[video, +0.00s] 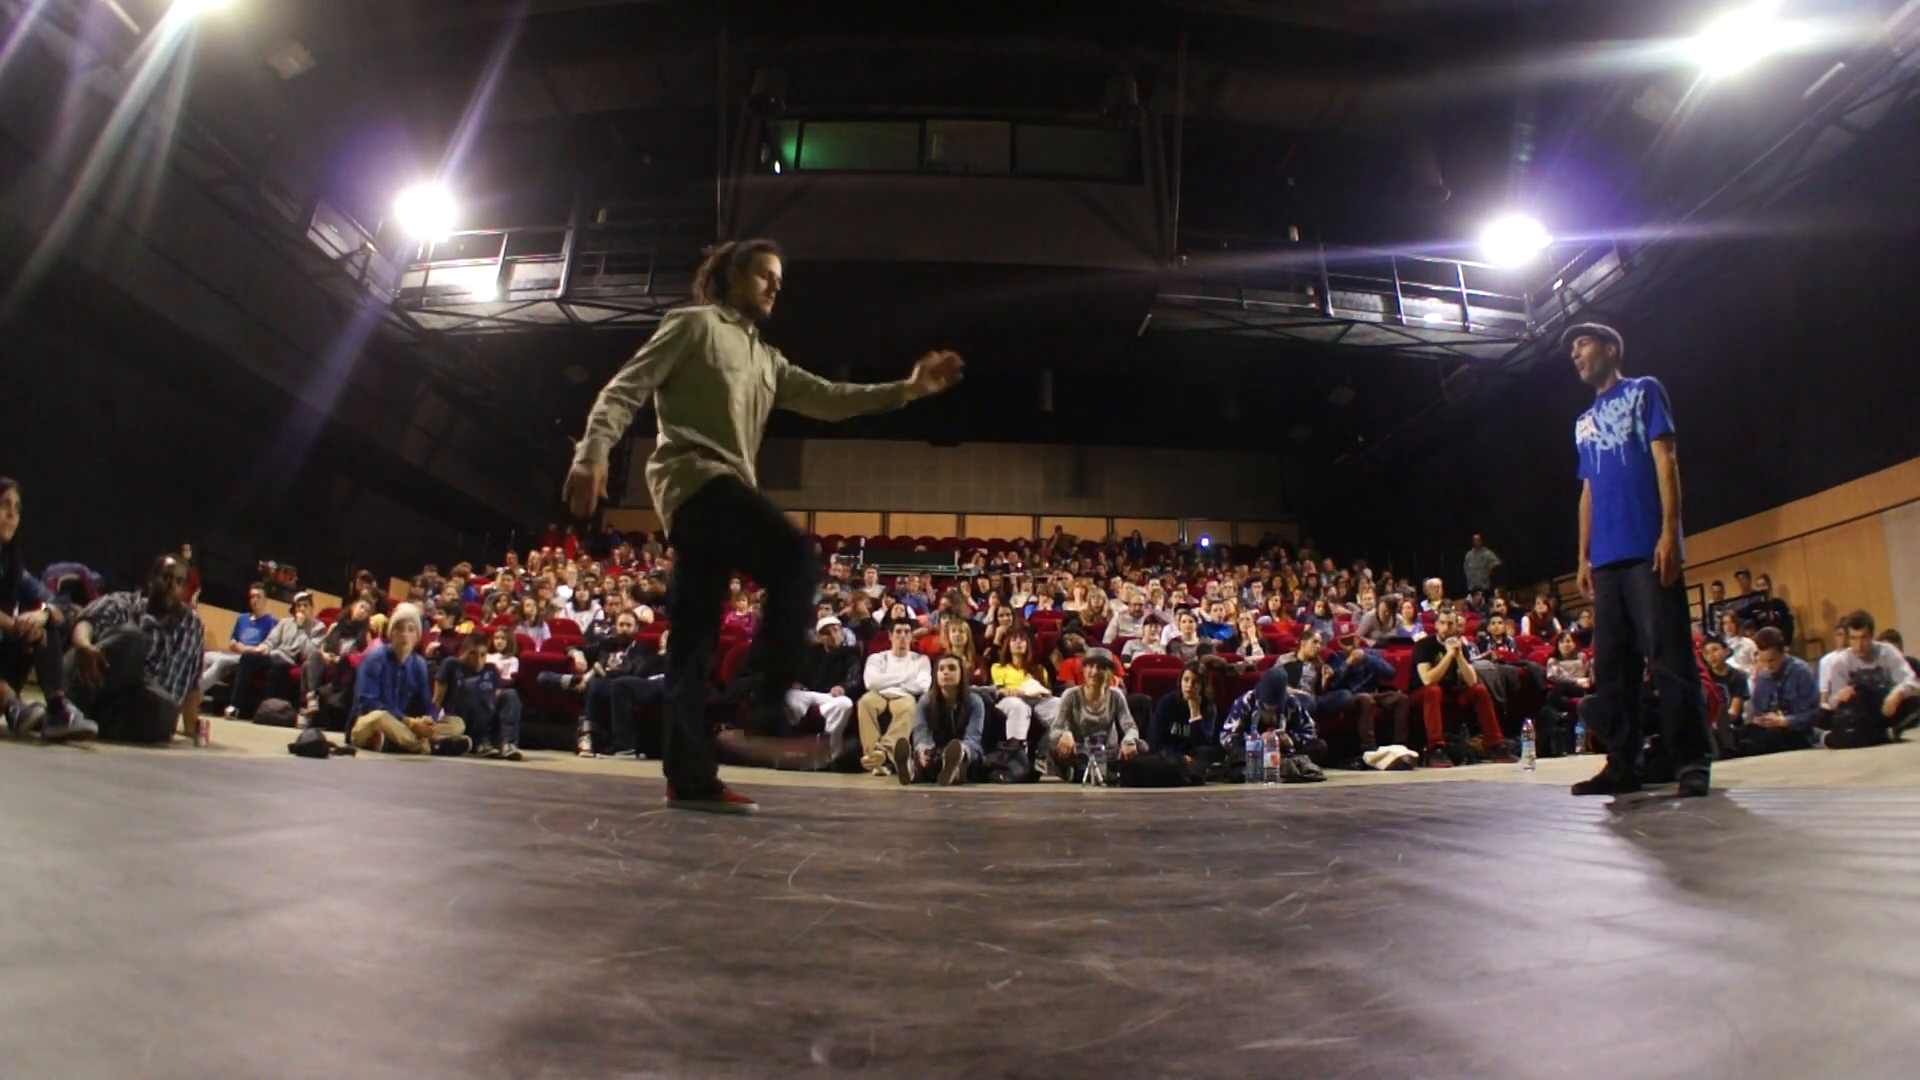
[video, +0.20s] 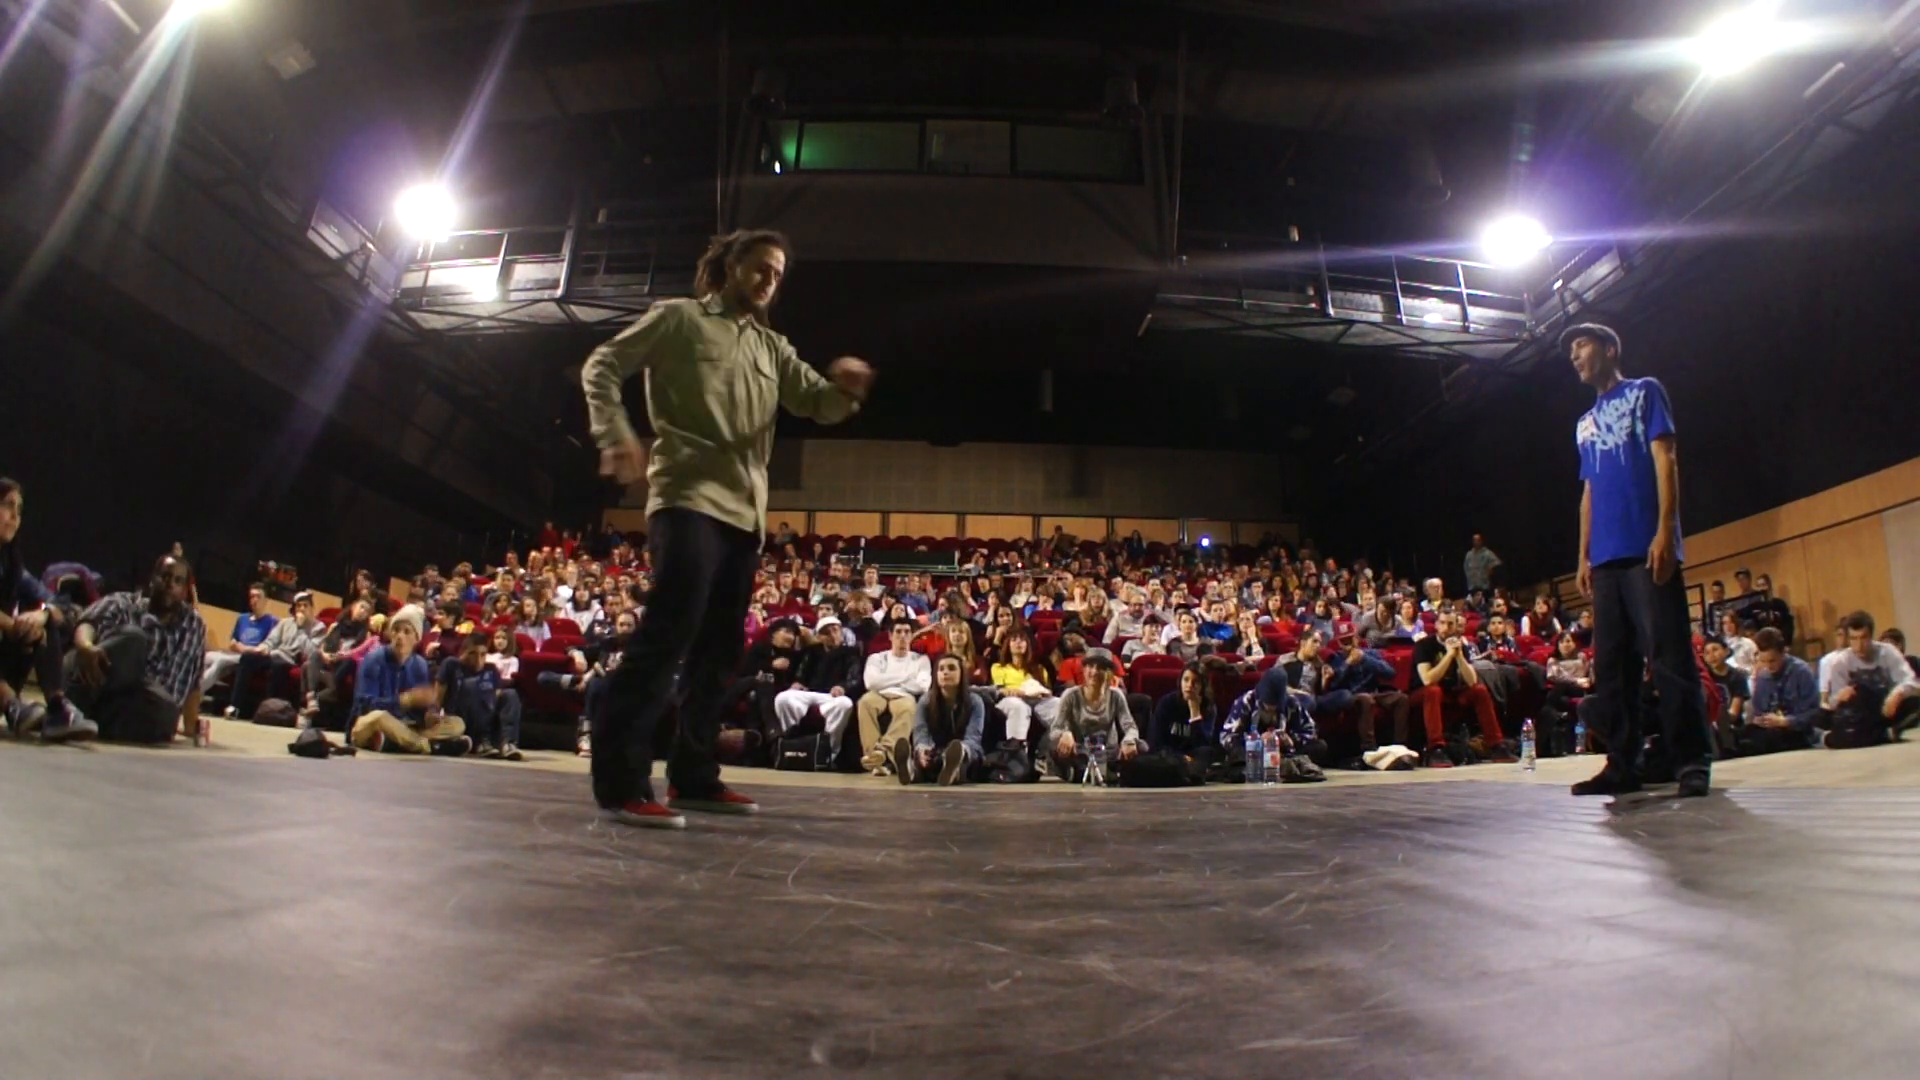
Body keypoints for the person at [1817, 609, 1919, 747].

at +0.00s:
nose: (1859, 644)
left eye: (1863, 638)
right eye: (1853, 638)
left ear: (1871, 637)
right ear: (1848, 638)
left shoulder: (1887, 652)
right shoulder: (1840, 662)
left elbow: (1910, 680)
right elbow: (1831, 703)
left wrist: (1897, 693)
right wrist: (1839, 696)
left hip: (1886, 704)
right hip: (1858, 707)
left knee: (1914, 703)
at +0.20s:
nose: (1859, 644)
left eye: (1863, 638)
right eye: (1853, 638)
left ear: (1871, 636)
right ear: (1848, 638)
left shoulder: (1887, 652)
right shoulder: (1840, 662)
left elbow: (1910, 680)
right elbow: (1831, 703)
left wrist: (1897, 694)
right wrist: (1839, 696)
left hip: (1885, 704)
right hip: (1857, 707)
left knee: (1914, 703)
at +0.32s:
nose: (1859, 645)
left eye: (1864, 638)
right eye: (1854, 639)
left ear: (1871, 637)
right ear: (1848, 639)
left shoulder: (1888, 652)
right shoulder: (1840, 662)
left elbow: (1911, 681)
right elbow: (1831, 702)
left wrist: (1897, 693)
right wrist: (1840, 696)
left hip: (1885, 705)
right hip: (1857, 708)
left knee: (1913, 703)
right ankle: (1827, 738)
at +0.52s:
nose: (1860, 645)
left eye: (1864, 638)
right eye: (1854, 639)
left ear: (1871, 636)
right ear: (1847, 639)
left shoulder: (1888, 652)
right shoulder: (1840, 662)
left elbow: (1911, 681)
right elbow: (1831, 702)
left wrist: (1897, 693)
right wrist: (1839, 697)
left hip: (1886, 704)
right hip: (1857, 707)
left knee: (1913, 704)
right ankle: (1886, 735)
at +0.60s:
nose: (1860, 645)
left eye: (1864, 638)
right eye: (1854, 639)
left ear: (1871, 636)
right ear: (1847, 639)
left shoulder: (1888, 652)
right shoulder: (1841, 661)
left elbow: (1911, 681)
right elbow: (1831, 702)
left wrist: (1897, 692)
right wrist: (1840, 697)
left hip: (1886, 704)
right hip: (1857, 706)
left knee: (1913, 703)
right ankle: (1885, 735)